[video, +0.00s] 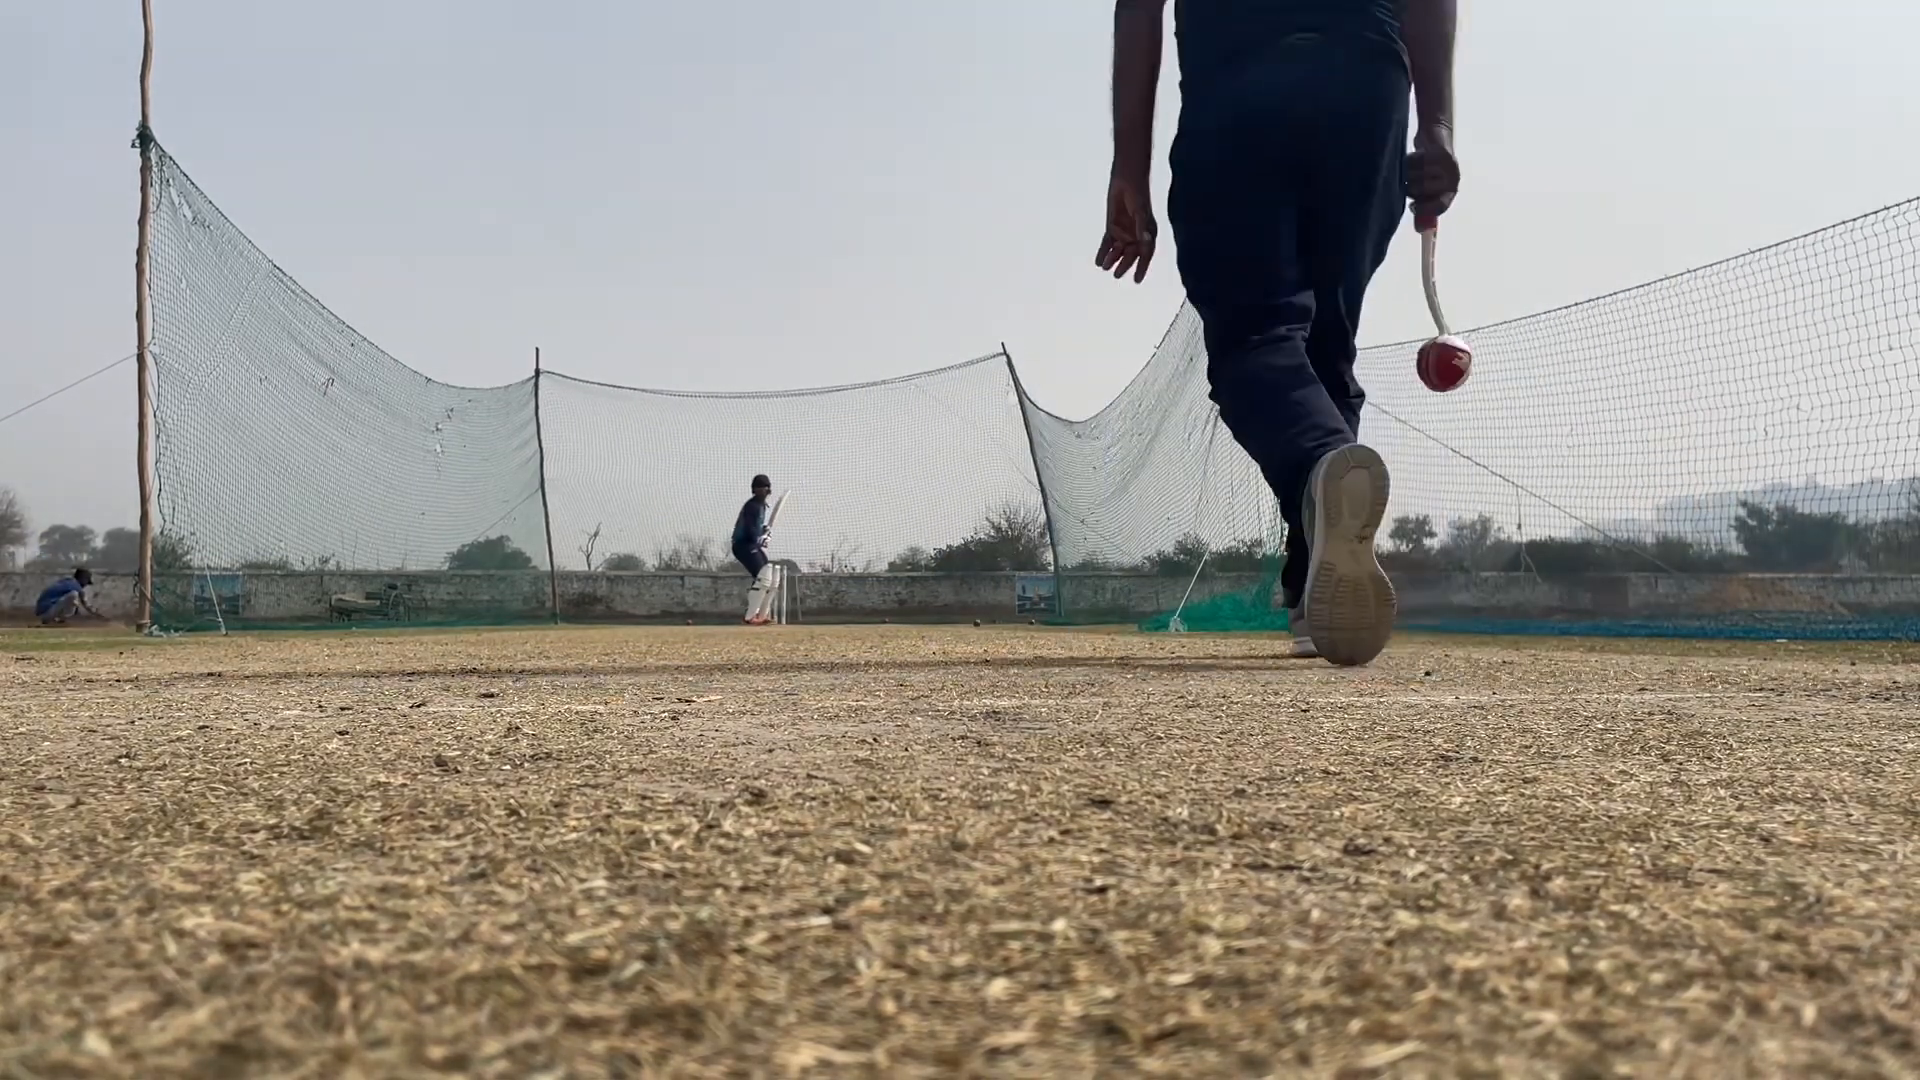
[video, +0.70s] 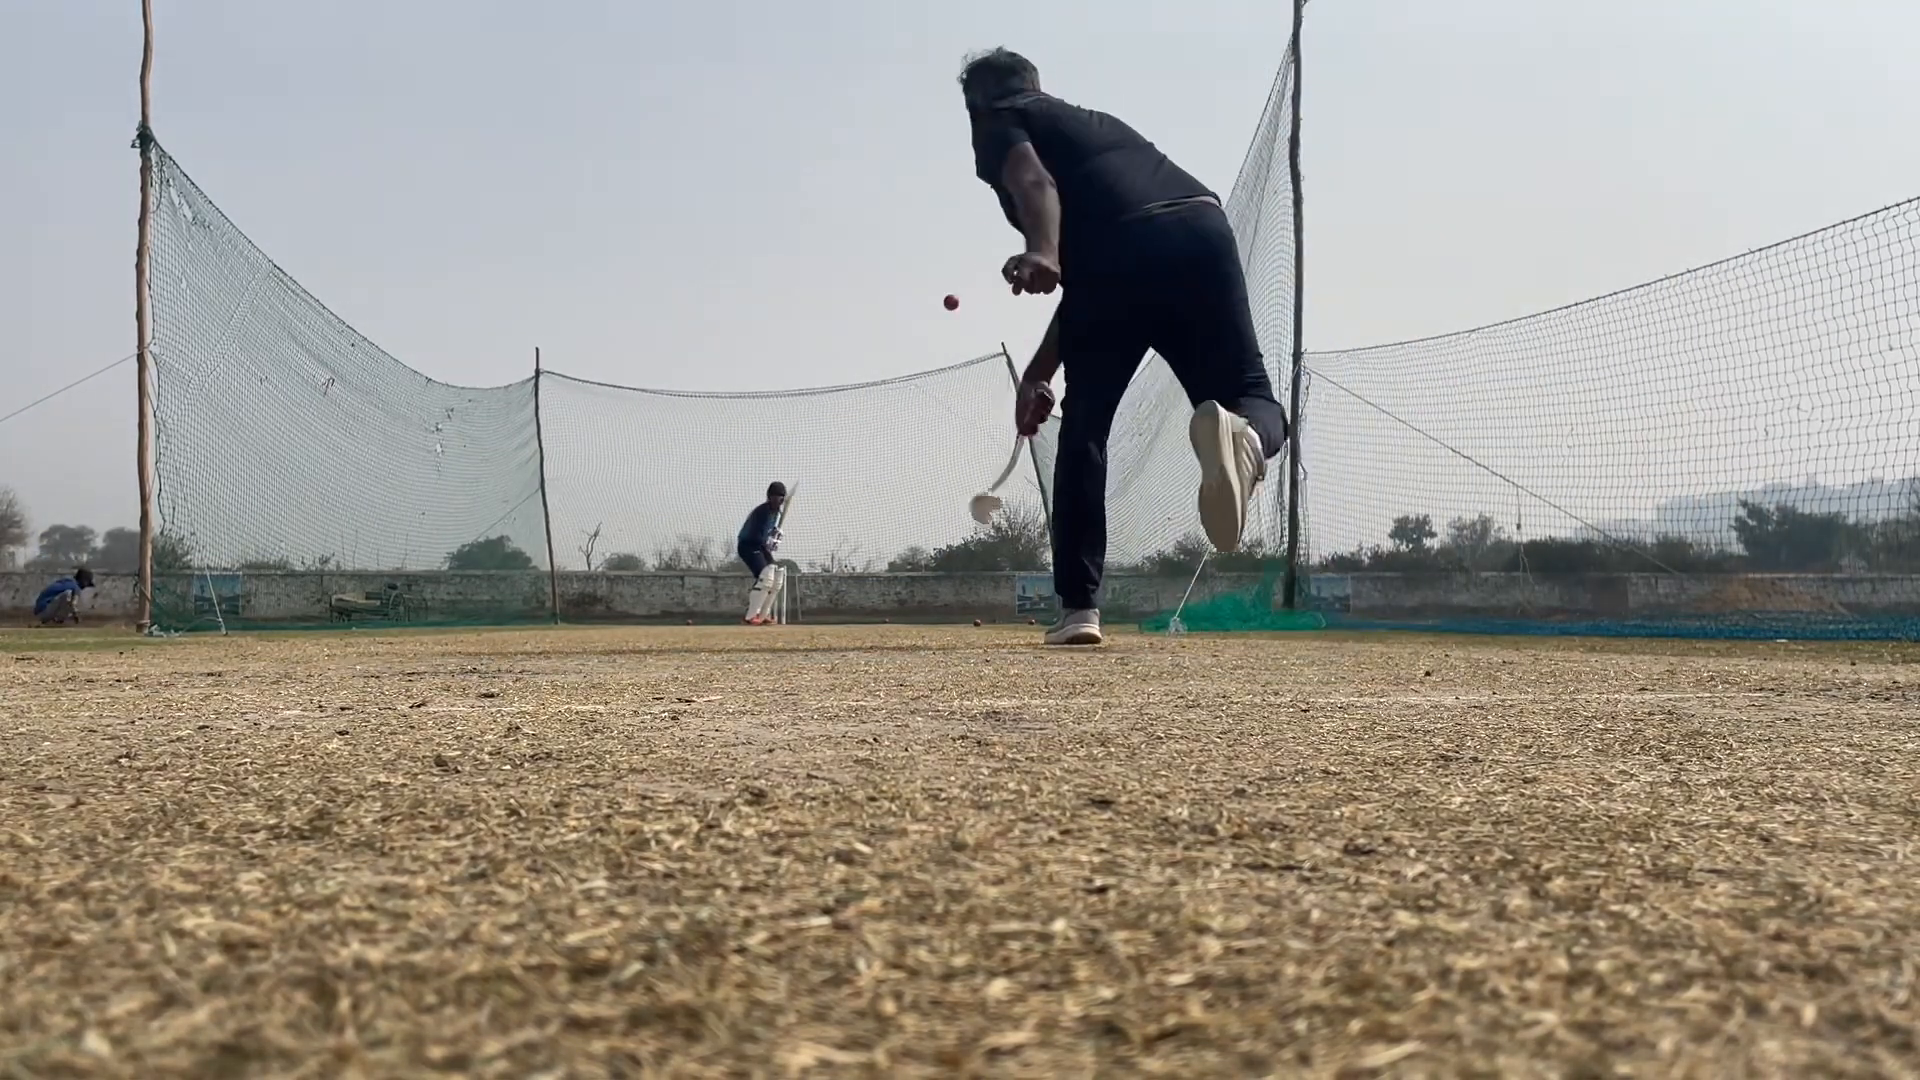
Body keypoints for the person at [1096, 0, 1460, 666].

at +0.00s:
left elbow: (1139, 14)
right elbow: (1426, 4)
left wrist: (1130, 169)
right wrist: (1435, 128)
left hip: (1230, 86)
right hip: (1365, 78)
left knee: (1253, 335)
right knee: (1331, 349)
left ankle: (1323, 470)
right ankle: (1314, 596)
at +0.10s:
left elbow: (1143, 40)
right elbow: (1409, 20)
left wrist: (1141, 155)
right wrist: (1425, 152)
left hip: (1204, 142)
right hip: (1329, 138)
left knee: (1201, 371)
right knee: (1316, 377)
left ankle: (1247, 492)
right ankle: (1321, 603)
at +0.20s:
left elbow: (1119, 23)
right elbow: (1443, 25)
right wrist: (1435, 23)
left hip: (1171, 186)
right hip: (1293, 180)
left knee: (1165, 384)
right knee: (1305, 392)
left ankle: (1170, 597)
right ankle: (1313, 598)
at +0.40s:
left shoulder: (1068, 17)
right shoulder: (1211, 5)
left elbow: (988, 25)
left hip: (1123, 257)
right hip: (1225, 241)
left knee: (1099, 432)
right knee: (1269, 398)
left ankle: (1077, 612)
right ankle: (1300, 542)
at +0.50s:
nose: (1048, 23)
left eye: (1049, 15)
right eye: (1118, 9)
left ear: (1050, 18)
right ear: (1120, 11)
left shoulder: (1021, 94)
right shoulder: (1170, 38)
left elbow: (927, 167)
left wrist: (873, 154)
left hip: (1109, 293)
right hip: (1209, 269)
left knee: (1090, 446)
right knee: (1245, 415)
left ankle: (1079, 613)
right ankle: (1265, 514)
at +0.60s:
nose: (1001, 92)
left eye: (1000, 81)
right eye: (1003, 83)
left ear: (1005, 76)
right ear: (1070, 62)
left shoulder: (1007, 129)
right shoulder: (1121, 94)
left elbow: (976, 261)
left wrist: (949, 340)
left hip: (1113, 272)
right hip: (1211, 249)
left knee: (1085, 439)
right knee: (1220, 423)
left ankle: (1079, 612)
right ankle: (1205, 510)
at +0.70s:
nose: (974, 127)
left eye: (971, 114)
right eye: (972, 116)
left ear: (980, 102)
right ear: (1034, 87)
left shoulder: (998, 116)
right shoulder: (1087, 126)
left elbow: (1033, 183)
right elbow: (1099, 264)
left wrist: (1042, 252)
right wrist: (1038, 372)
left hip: (1111, 251)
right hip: (1199, 229)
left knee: (1083, 432)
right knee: (1254, 396)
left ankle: (1080, 611)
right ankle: (1242, 442)